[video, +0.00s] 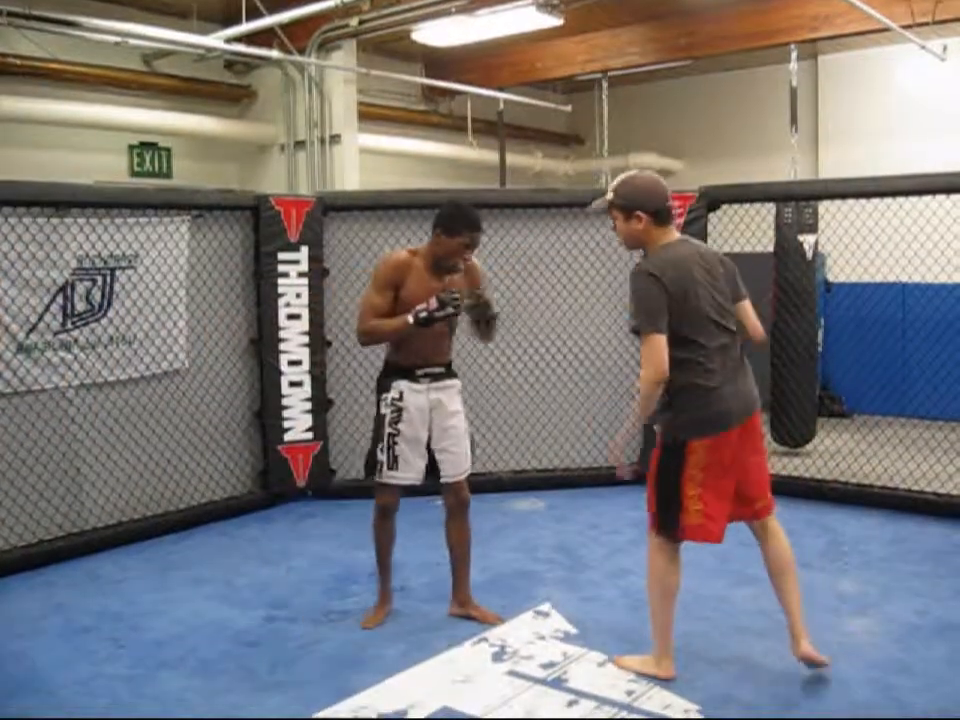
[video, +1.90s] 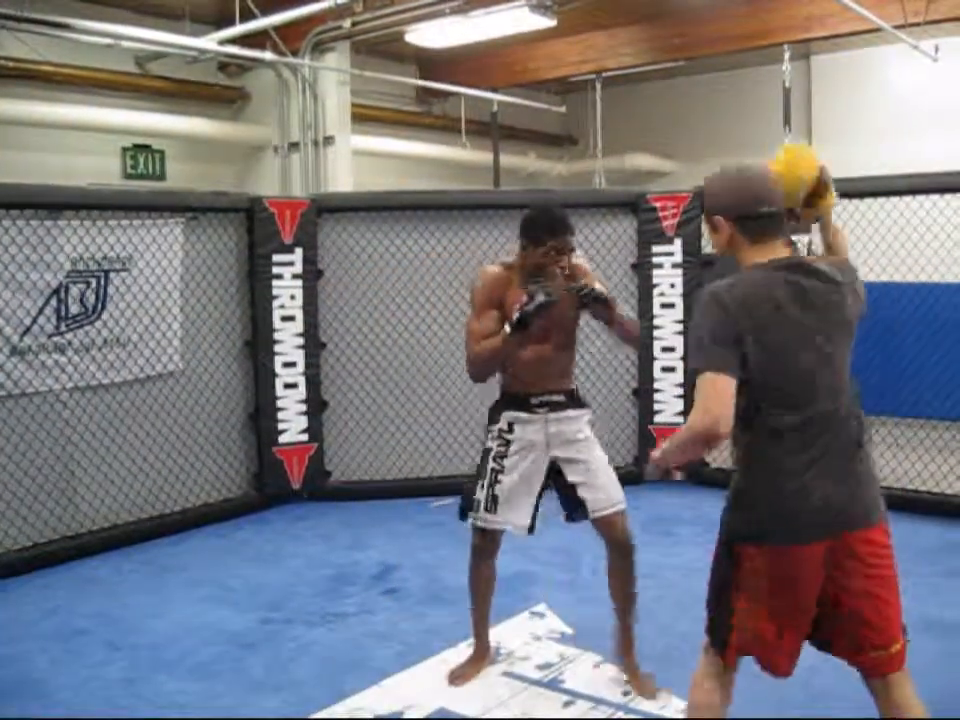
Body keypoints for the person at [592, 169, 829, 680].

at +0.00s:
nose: (613, 226)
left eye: (616, 217)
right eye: (612, 217)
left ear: (641, 219)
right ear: (659, 215)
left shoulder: (650, 273)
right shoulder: (712, 256)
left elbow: (656, 371)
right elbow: (755, 330)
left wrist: (639, 420)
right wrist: (712, 332)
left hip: (689, 424)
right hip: (742, 411)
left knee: (664, 538)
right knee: (765, 521)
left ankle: (661, 657)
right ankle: (802, 639)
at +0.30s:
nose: (678, 229)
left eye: (681, 222)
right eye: (680, 220)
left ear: (695, 228)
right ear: (733, 227)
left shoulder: (676, 289)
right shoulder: (780, 284)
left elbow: (682, 379)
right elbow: (809, 371)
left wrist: (687, 463)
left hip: (706, 450)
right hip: (771, 448)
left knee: (661, 552)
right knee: (795, 569)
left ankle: (658, 657)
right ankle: (814, 696)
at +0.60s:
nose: (758, 205)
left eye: (759, 195)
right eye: (759, 195)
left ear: (776, 193)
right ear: (814, 194)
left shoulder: (759, 251)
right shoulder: (861, 259)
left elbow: (728, 343)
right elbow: (884, 357)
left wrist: (687, 377)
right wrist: (829, 350)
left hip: (766, 435)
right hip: (840, 439)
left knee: (718, 556)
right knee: (833, 584)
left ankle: (711, 687)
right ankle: (823, 709)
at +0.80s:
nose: (781, 210)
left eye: (782, 200)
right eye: (780, 201)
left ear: (800, 195)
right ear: (842, 195)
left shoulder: (788, 253)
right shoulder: (892, 261)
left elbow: (762, 349)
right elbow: (919, 364)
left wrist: (730, 349)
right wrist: (862, 360)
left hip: (799, 450)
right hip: (872, 448)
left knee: (759, 578)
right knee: (877, 592)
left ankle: (798, 708)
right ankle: (883, 711)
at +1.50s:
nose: (749, 217)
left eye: (749, 206)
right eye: (749, 206)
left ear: (765, 206)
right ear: (816, 202)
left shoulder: (744, 277)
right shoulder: (872, 268)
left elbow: (701, 382)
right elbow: (886, 347)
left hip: (784, 487)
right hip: (873, 483)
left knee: (749, 653)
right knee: (898, 649)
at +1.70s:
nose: (770, 232)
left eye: (771, 221)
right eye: (768, 221)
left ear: (790, 224)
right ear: (841, 218)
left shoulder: (772, 294)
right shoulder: (889, 285)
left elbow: (707, 398)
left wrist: (728, 399)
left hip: (789, 514)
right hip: (876, 512)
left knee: (727, 646)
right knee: (903, 675)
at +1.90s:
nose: (707, 237)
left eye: (708, 226)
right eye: (707, 225)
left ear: (723, 229)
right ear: (781, 221)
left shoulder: (723, 298)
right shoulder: (835, 287)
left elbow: (713, 423)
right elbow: (844, 272)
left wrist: (668, 456)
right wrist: (824, 218)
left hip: (772, 513)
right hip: (856, 504)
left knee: (718, 665)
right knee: (892, 677)